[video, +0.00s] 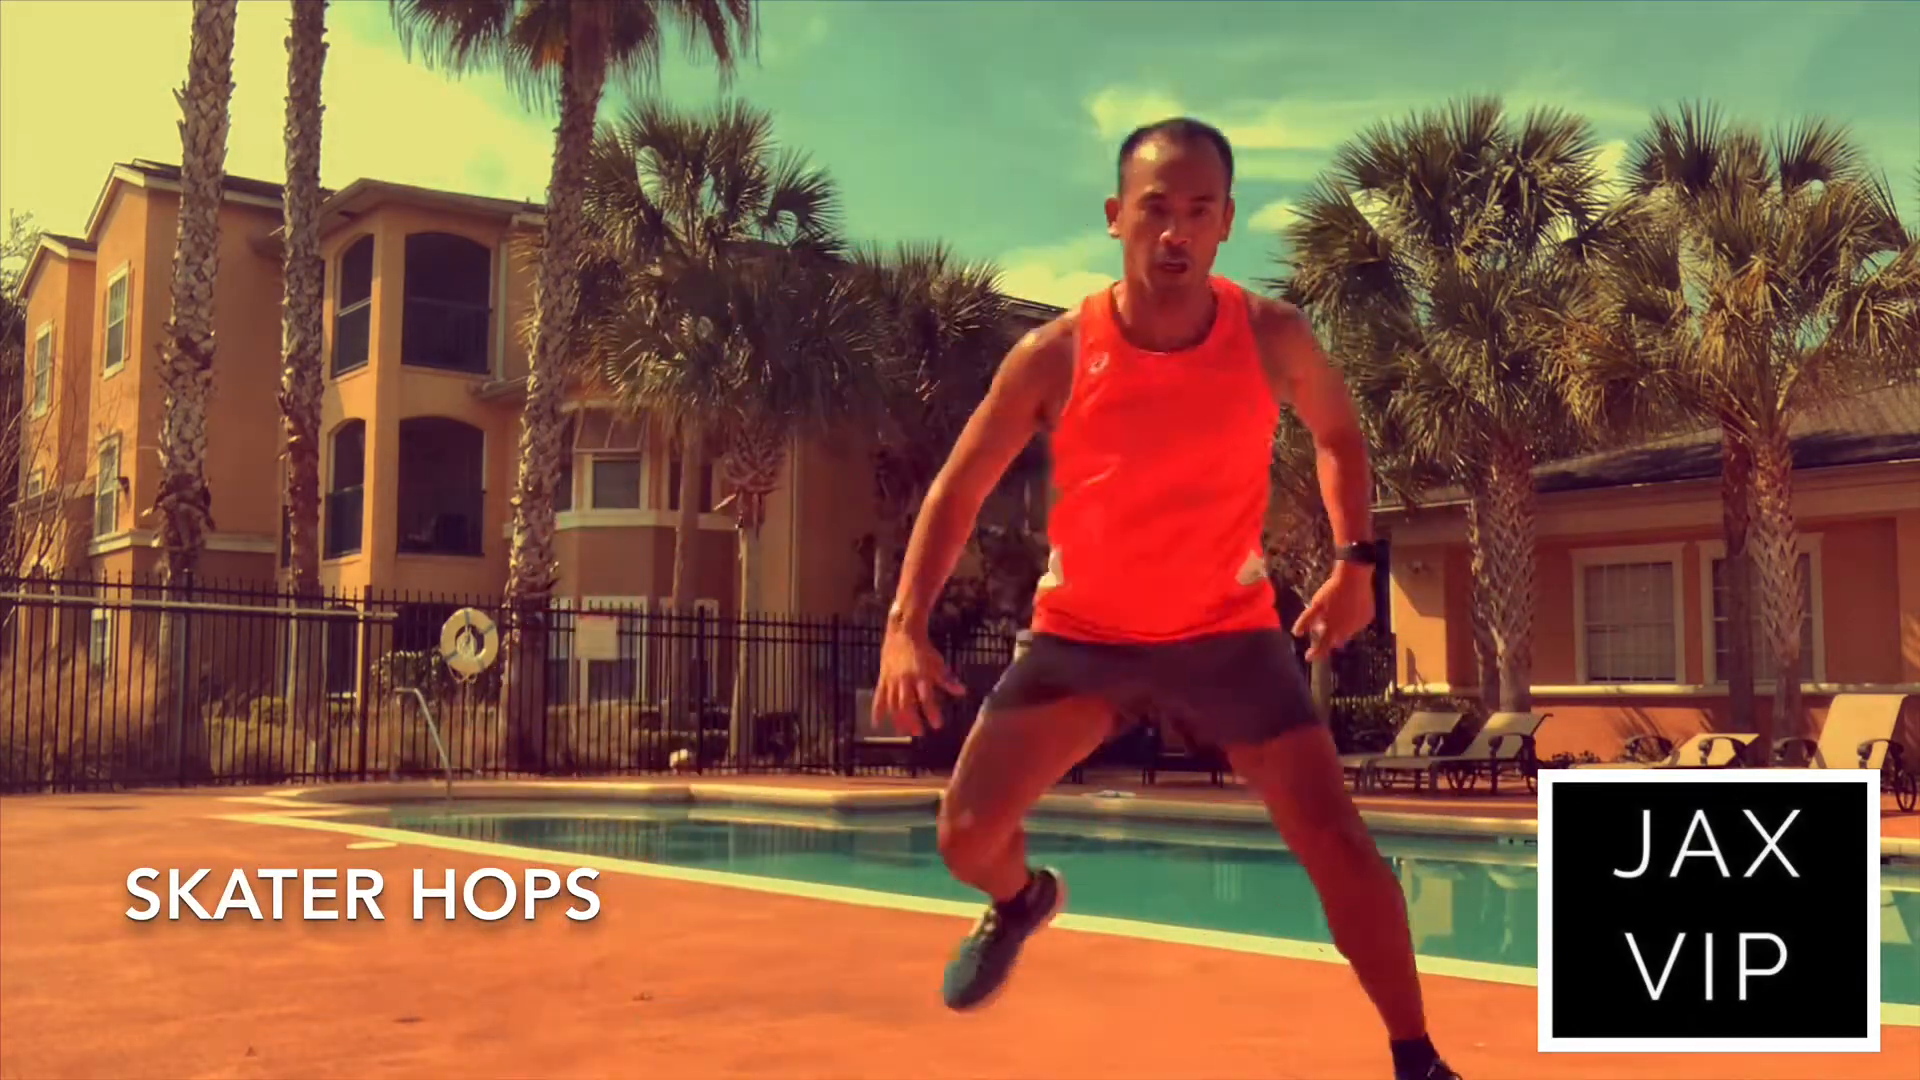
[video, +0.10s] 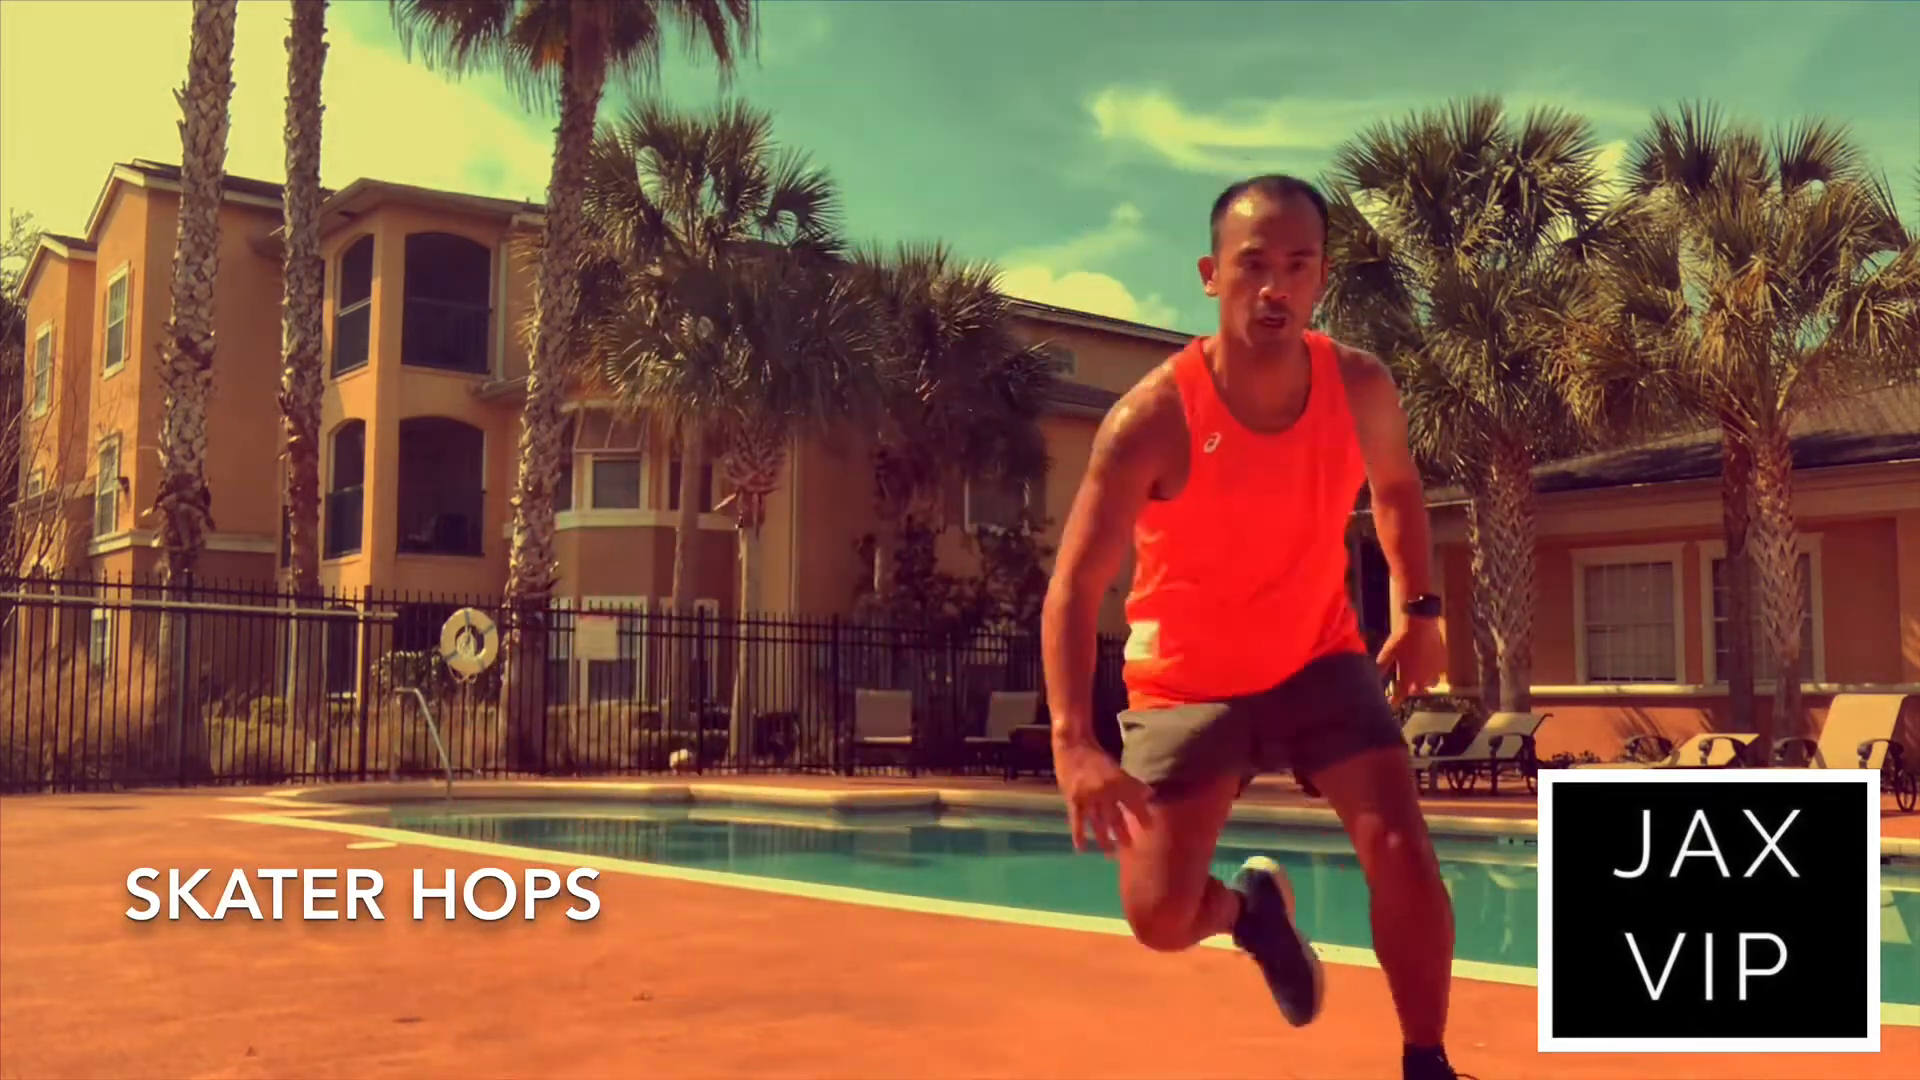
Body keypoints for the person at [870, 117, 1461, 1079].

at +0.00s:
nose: (1175, 228)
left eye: (1199, 207)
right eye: (1155, 205)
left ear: (1226, 222)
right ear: (1115, 215)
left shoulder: (1272, 338)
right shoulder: (1053, 355)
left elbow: (1339, 441)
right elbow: (958, 490)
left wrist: (1355, 561)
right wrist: (905, 625)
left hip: (1228, 636)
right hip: (1079, 637)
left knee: (1332, 838)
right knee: (967, 834)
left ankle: (1416, 1055)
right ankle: (1022, 901)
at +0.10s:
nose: (1275, 284)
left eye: (1297, 263)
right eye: (1253, 262)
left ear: (1322, 277)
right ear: (1210, 274)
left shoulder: (1361, 390)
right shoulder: (1149, 421)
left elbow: (1397, 494)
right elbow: (1075, 585)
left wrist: (1418, 611)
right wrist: (1073, 741)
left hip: (1319, 658)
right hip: (1184, 678)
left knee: (1398, 843)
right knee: (1160, 919)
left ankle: (1427, 1060)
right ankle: (1253, 911)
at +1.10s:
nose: (861, 138)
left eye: (888, 115)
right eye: (843, 113)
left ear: (935, 125)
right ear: (821, 120)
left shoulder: (992, 264)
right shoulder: (763, 239)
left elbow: (1137, 351)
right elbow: (661, 298)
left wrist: (1214, 465)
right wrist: (565, 393)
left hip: (982, 550)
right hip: (826, 562)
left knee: (1133, 733)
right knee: (712, 773)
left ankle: (1173, 871)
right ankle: (601, 1009)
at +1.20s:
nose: (741, 211)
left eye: (770, 189)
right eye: (725, 187)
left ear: (821, 204)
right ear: (704, 196)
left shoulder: (880, 348)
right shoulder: (654, 313)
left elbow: (1008, 466)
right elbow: (607, 400)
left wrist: (1053, 593)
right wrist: (561, 490)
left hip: (853, 625)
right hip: (703, 630)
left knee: (993, 816)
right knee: (621, 852)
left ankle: (943, 831)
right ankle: (536, 1065)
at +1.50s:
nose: (530, 404)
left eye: (560, 382)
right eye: (519, 380)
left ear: (625, 396)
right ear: (506, 387)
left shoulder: (671, 544)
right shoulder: (509, 491)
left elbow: (602, 746)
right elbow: (530, 624)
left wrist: (447, 870)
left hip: (641, 779)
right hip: (533, 712)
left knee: (493, 956)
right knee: (520, 871)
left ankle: (402, 947)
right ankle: (528, 1070)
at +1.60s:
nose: (525, 453)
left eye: (555, 429)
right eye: (513, 427)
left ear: (619, 441)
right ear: (497, 431)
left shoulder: (666, 597)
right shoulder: (488, 524)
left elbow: (547, 782)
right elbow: (511, 619)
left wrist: (374, 853)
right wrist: (483, 641)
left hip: (607, 813)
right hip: (502, 735)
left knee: (449, 989)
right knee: (508, 846)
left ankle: (335, 995)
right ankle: (525, 1071)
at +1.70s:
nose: (534, 465)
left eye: (564, 440)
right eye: (520, 439)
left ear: (623, 449)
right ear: (503, 441)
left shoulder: (675, 599)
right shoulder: (487, 536)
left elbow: (573, 784)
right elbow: (511, 635)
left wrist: (386, 824)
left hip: (603, 819)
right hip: (499, 742)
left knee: (440, 982)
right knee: (507, 853)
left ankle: (322, 1006)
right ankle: (524, 1072)